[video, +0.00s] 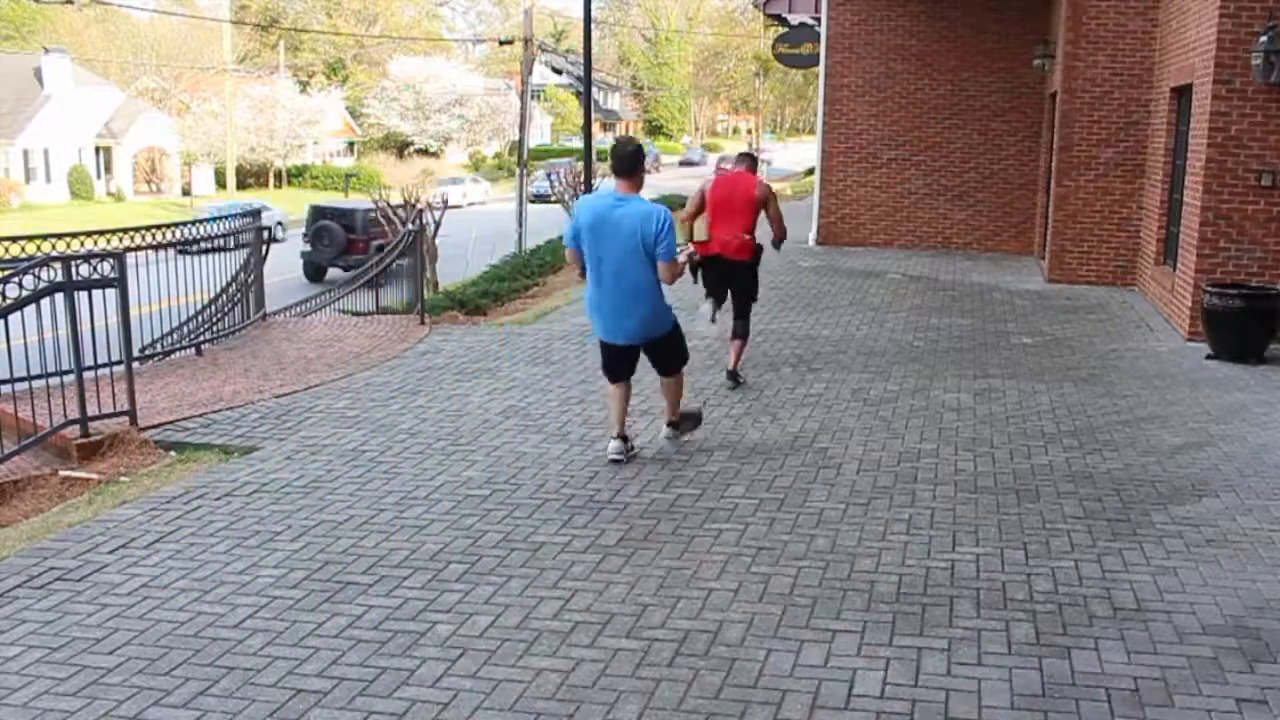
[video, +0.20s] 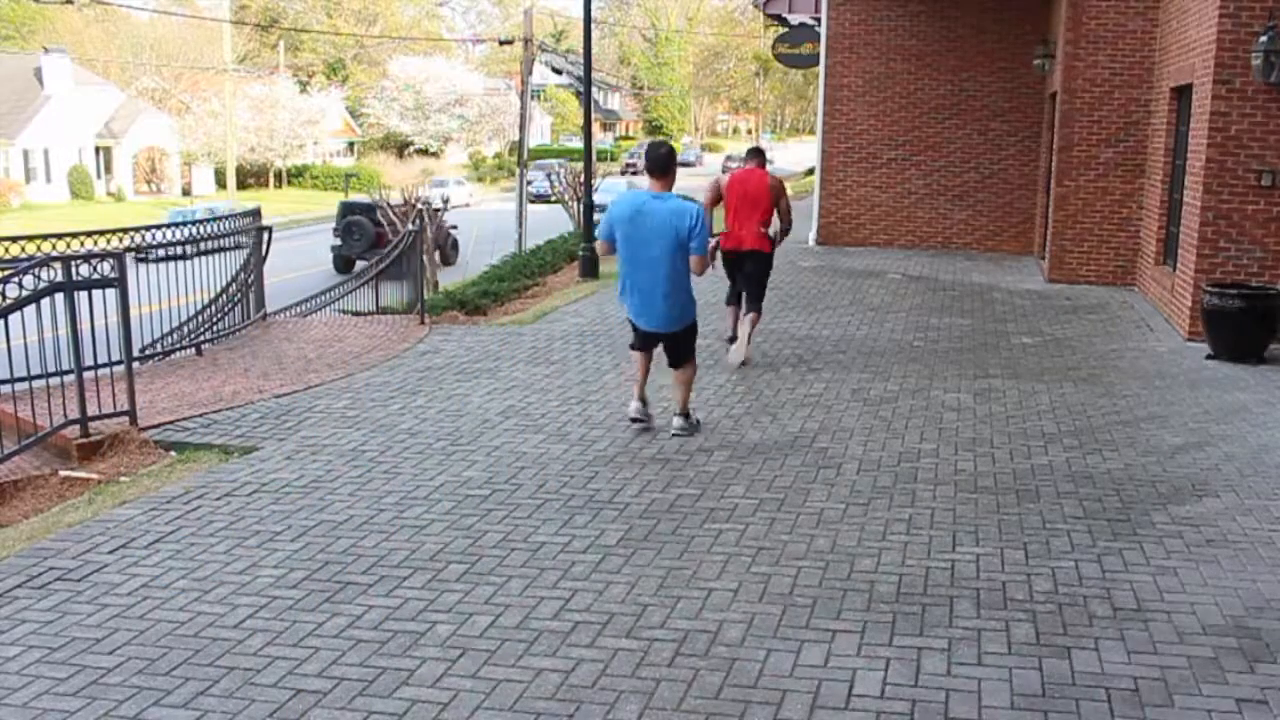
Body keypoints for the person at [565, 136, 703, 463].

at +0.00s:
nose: (647, 170)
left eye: (640, 166)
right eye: (646, 166)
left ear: (612, 169)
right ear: (643, 170)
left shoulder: (585, 207)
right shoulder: (656, 215)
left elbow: (573, 258)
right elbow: (668, 276)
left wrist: (601, 261)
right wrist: (683, 261)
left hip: (607, 318)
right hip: (649, 317)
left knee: (617, 379)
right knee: (672, 365)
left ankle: (617, 439)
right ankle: (673, 419)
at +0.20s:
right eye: (673, 166)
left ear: (645, 170)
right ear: (675, 169)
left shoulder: (623, 205)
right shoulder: (690, 212)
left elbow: (603, 248)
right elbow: (698, 267)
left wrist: (632, 237)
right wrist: (709, 251)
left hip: (637, 304)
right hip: (675, 308)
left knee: (641, 345)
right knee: (683, 361)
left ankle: (637, 401)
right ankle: (681, 415)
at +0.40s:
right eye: (689, 163)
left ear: (663, 165)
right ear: (691, 165)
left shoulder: (644, 199)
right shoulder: (706, 203)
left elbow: (632, 239)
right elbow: (719, 254)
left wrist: (658, 234)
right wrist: (732, 246)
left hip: (660, 293)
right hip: (696, 293)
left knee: (667, 347)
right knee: (704, 335)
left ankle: (669, 391)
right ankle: (691, 376)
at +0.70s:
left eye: (706, 162)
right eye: (724, 162)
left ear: (702, 164)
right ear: (727, 164)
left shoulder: (684, 191)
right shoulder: (741, 199)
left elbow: (665, 225)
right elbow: (747, 244)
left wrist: (688, 216)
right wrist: (748, 226)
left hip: (693, 277)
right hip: (726, 279)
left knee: (691, 314)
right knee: (734, 327)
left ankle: (684, 353)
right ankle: (738, 371)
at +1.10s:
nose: (753, 160)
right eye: (754, 157)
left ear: (732, 159)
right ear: (754, 159)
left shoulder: (716, 187)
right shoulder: (766, 191)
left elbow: (706, 219)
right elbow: (773, 232)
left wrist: (726, 209)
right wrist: (778, 225)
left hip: (727, 262)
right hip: (758, 262)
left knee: (727, 306)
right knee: (767, 300)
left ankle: (726, 347)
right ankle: (770, 336)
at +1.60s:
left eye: (768, 153)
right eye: (781, 153)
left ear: (765, 154)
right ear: (785, 154)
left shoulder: (753, 177)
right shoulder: (797, 181)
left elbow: (742, 205)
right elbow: (802, 216)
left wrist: (758, 196)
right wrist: (808, 209)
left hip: (762, 243)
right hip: (789, 244)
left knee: (763, 283)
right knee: (797, 276)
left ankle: (761, 321)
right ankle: (793, 313)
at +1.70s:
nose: (776, 153)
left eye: (773, 150)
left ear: (773, 152)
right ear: (793, 152)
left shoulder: (760, 175)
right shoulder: (804, 180)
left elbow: (748, 202)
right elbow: (808, 214)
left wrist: (764, 190)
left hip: (768, 240)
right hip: (794, 242)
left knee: (765, 278)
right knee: (798, 281)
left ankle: (761, 309)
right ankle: (801, 311)